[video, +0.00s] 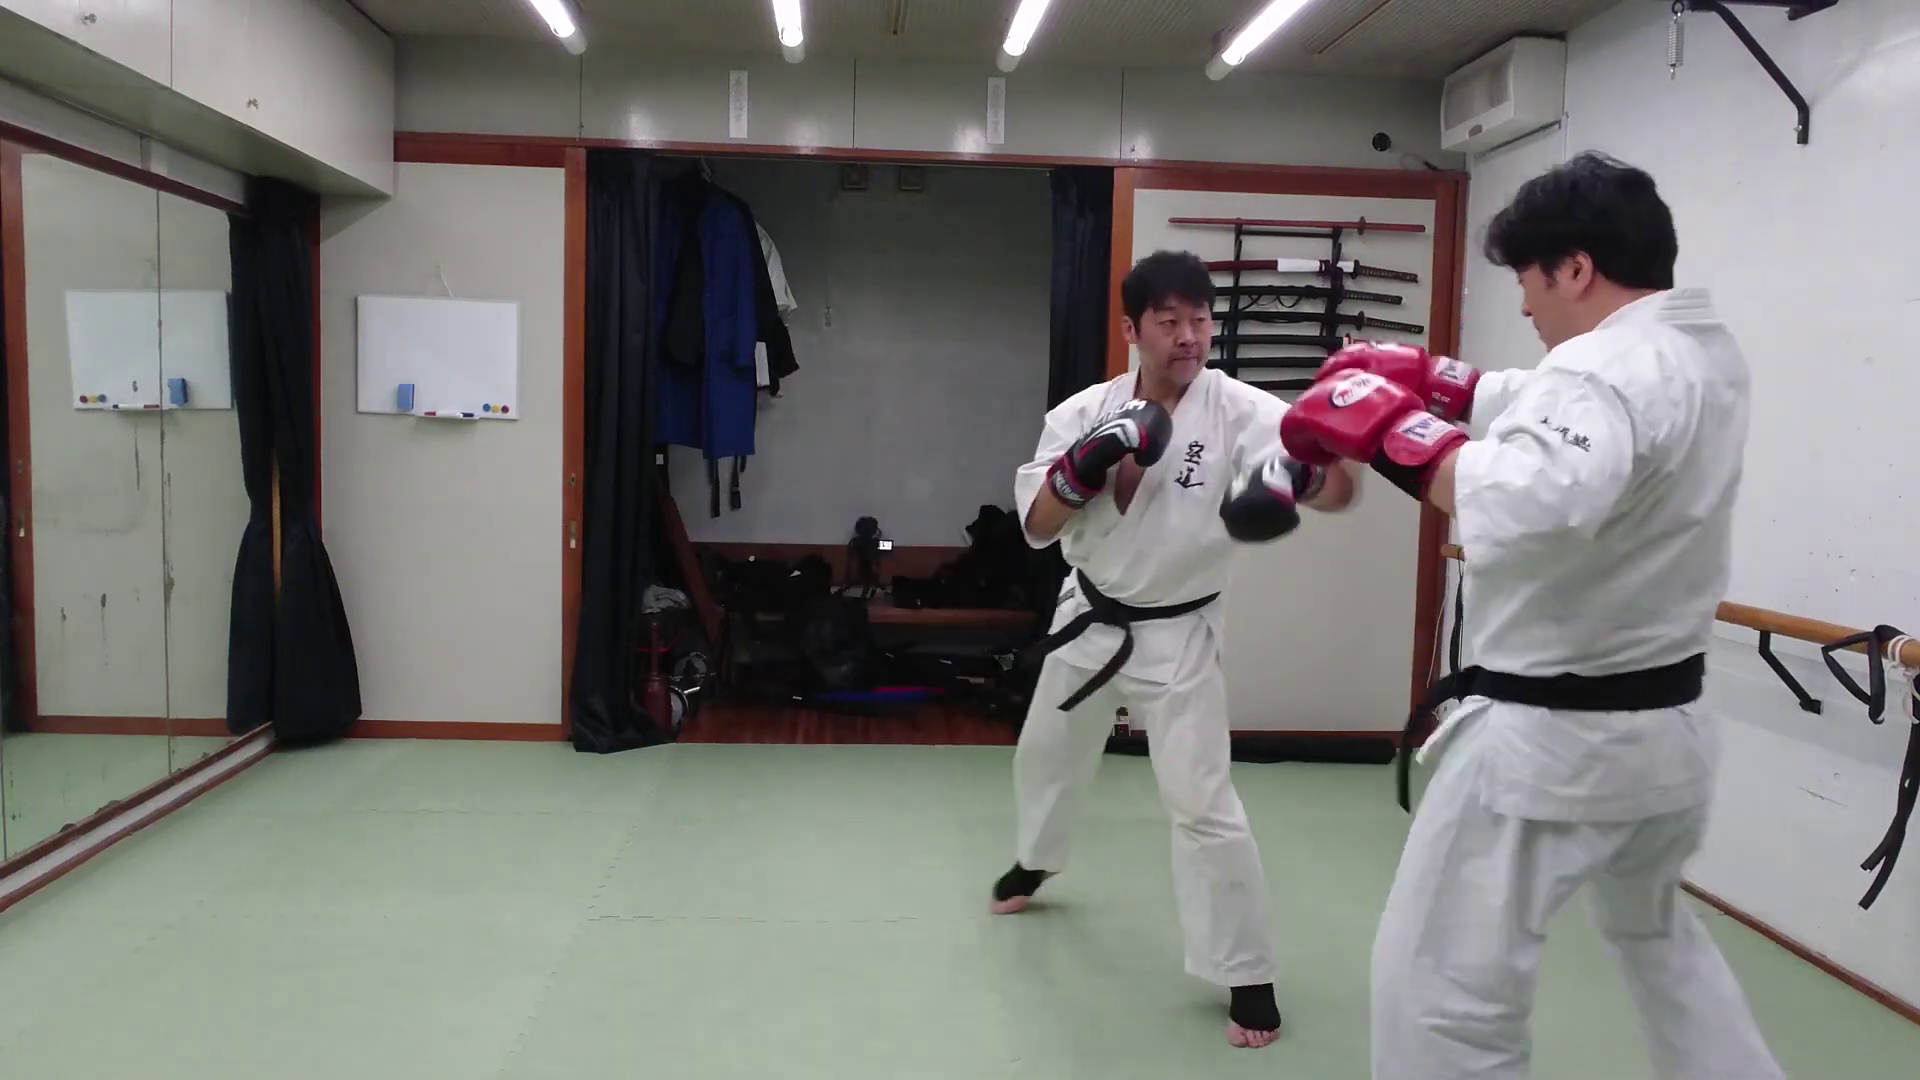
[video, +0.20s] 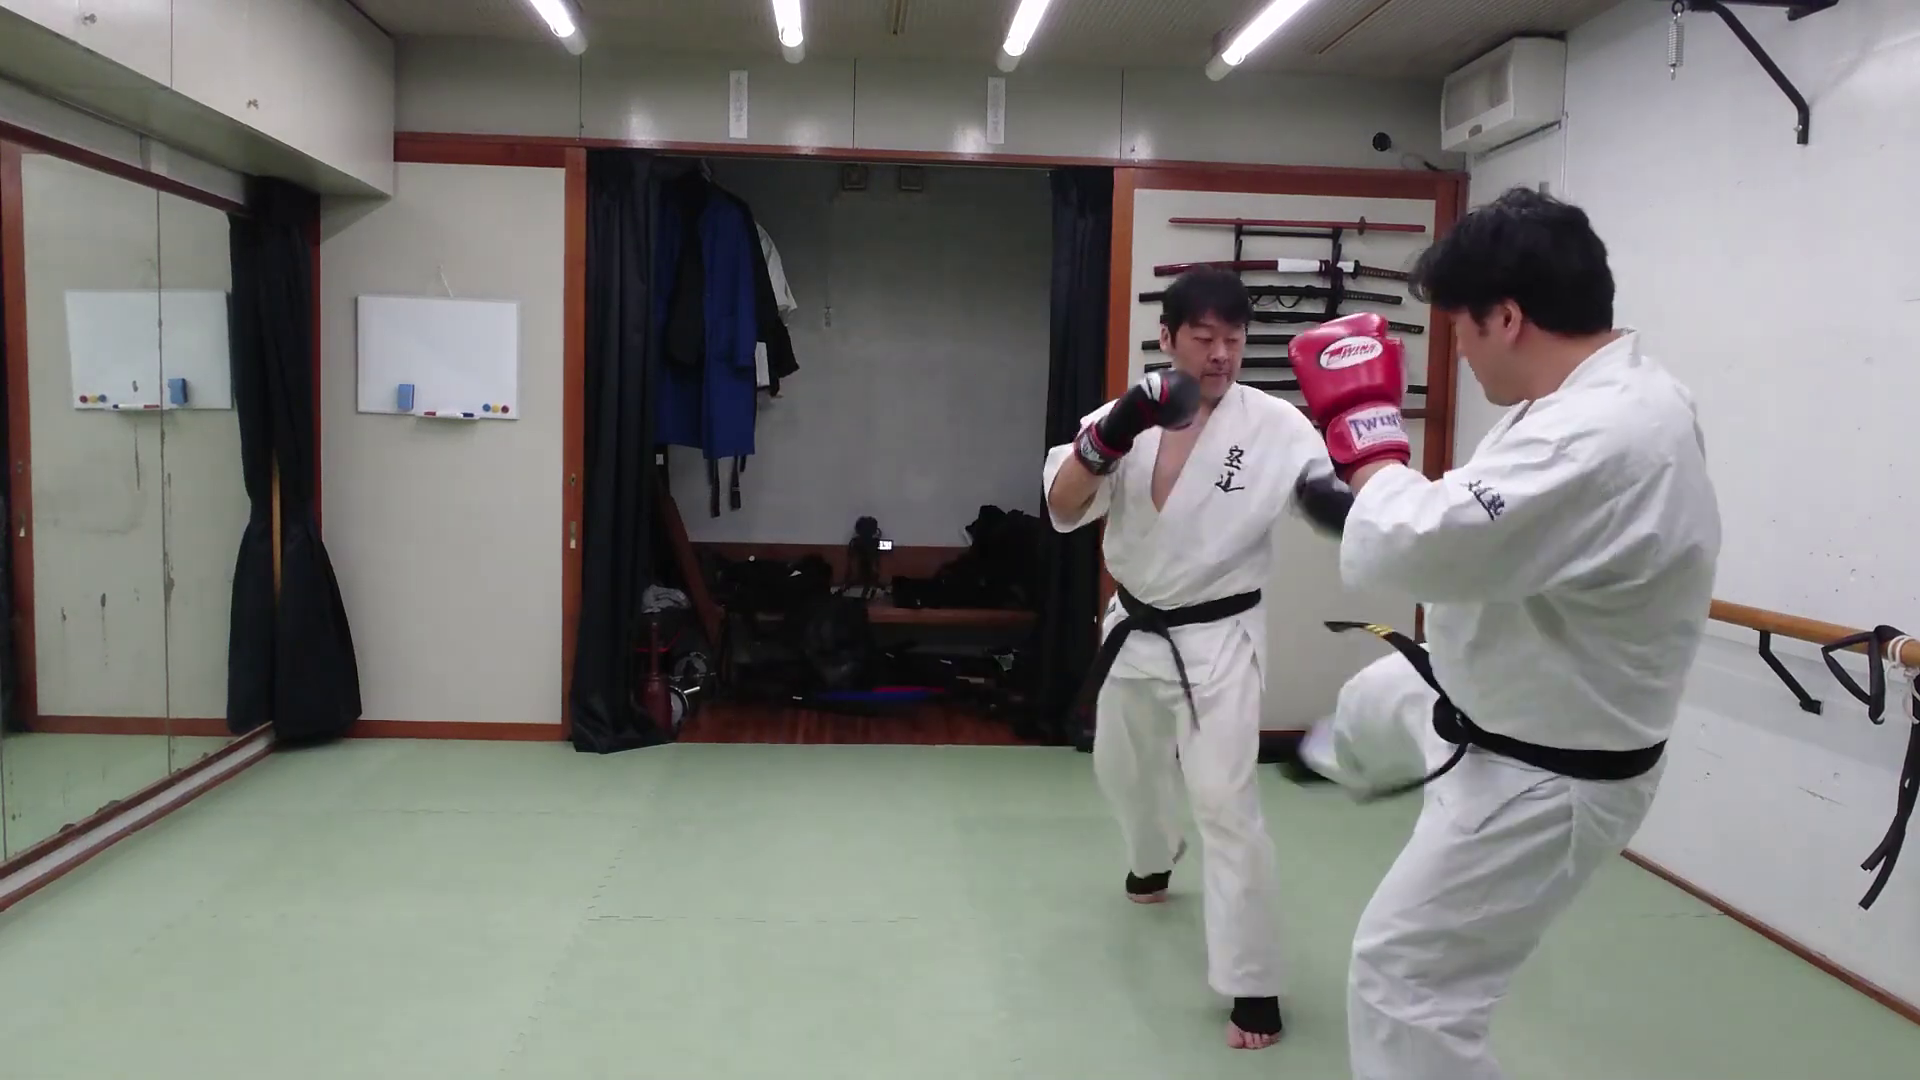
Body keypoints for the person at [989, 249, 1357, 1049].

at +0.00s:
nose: (1189, 337)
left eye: (1200, 321)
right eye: (1170, 321)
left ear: (1212, 328)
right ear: (1132, 328)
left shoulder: (1240, 409)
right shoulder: (1082, 415)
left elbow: (1338, 493)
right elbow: (1036, 526)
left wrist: (1329, 437)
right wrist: (1084, 468)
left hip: (1182, 630)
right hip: (1088, 620)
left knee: (1202, 804)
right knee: (1045, 756)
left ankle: (1249, 980)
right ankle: (1035, 862)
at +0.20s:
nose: (1221, 354)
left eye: (1233, 339)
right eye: (1205, 338)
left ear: (1246, 345)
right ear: (1169, 340)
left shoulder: (1272, 423)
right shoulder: (1127, 415)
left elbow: (1343, 500)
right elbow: (1062, 508)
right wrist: (1106, 440)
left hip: (1222, 634)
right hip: (1134, 627)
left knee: (1221, 800)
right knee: (1122, 761)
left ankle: (1253, 985)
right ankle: (1152, 854)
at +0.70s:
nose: (1280, 350)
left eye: (1293, 336)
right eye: (1265, 332)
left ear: (1307, 338)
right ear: (1233, 330)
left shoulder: (1328, 417)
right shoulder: (1180, 407)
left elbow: (1347, 508)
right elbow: (1131, 513)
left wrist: (1351, 534)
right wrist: (1178, 506)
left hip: (1271, 606)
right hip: (1180, 599)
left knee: (1288, 757)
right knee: (1145, 739)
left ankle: (1309, 913)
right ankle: (1133, 858)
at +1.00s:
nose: (1312, 334)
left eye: (1319, 319)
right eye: (1310, 317)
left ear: (1340, 329)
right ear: (1295, 322)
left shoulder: (1387, 419)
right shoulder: (1237, 409)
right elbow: (1184, 502)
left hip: (1336, 629)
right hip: (1237, 620)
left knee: (1348, 775)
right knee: (1176, 755)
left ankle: (1364, 915)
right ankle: (1175, 852)